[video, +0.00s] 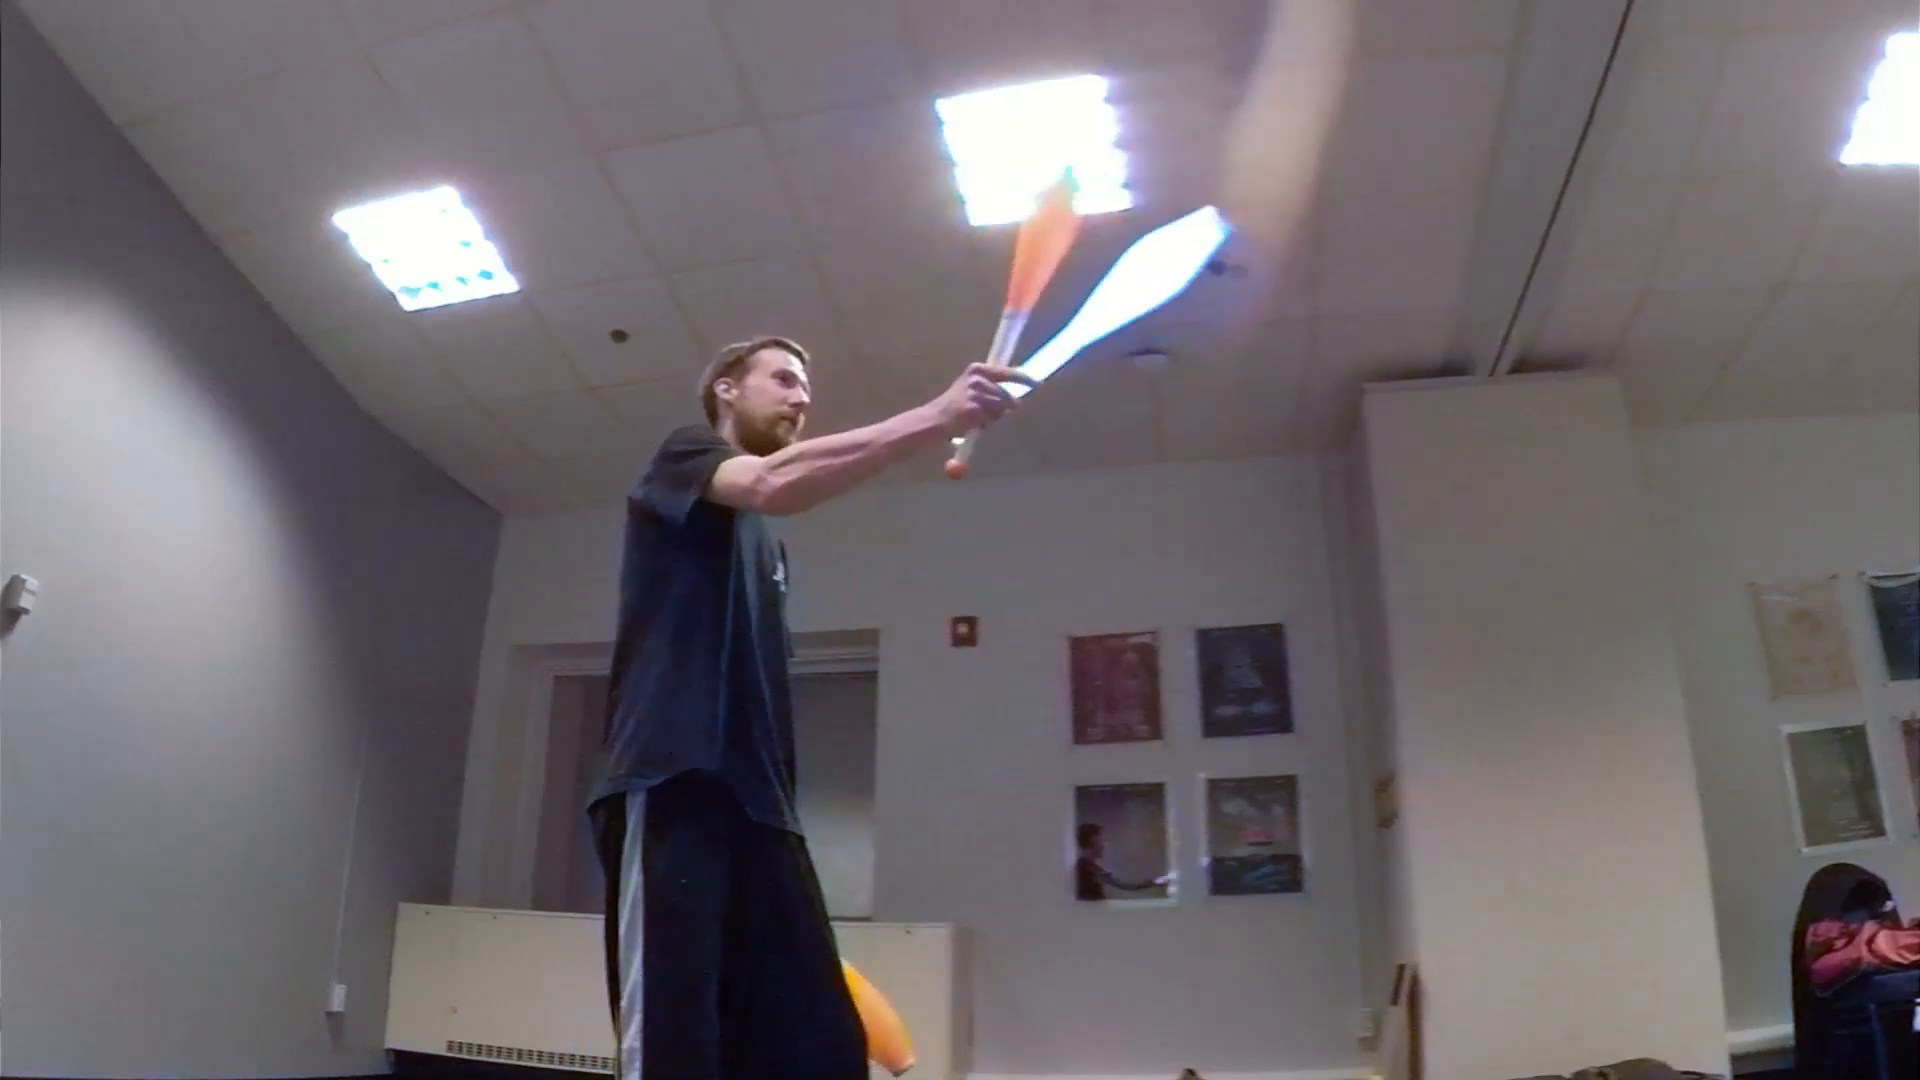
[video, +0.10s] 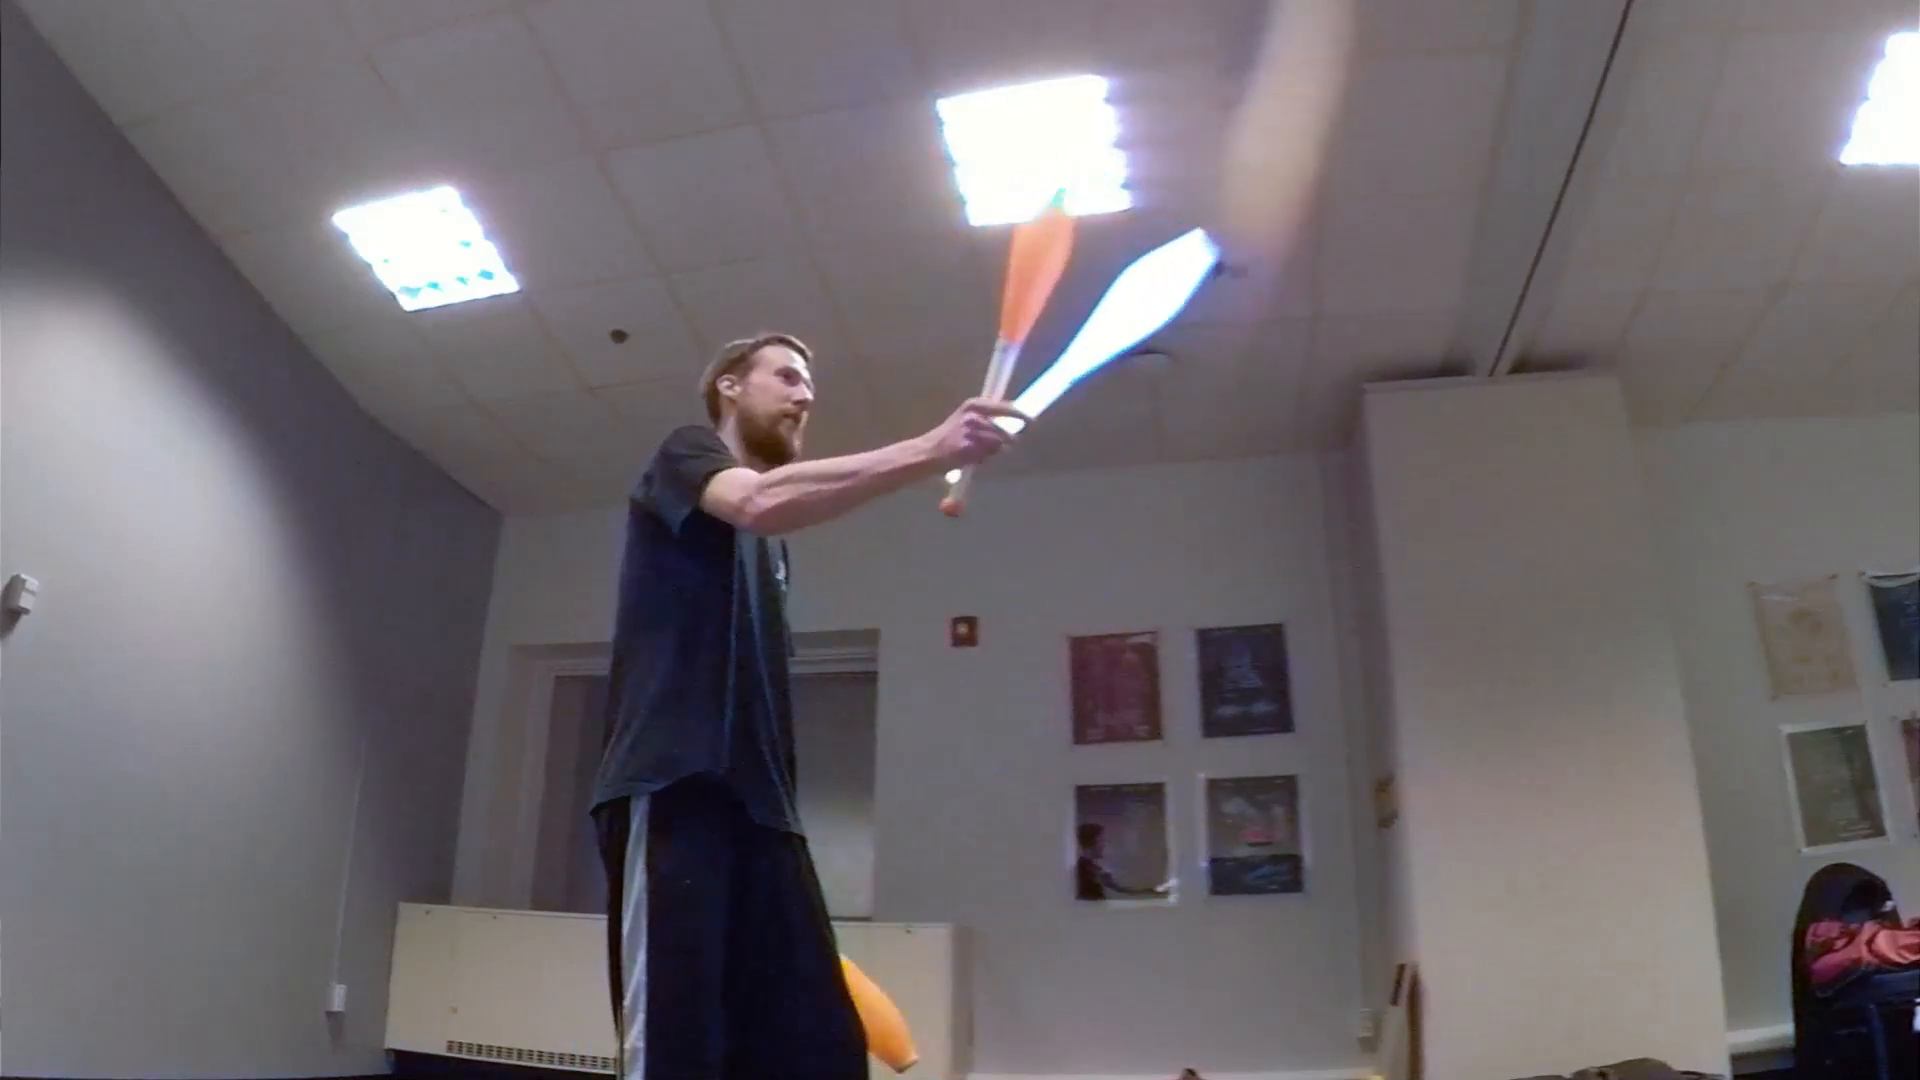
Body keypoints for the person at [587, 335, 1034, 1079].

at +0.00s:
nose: (801, 397)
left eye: (805, 388)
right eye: (782, 378)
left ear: (799, 411)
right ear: (724, 388)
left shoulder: (763, 534)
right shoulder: (684, 454)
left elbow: (751, 666)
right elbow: (770, 484)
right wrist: (934, 415)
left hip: (755, 798)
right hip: (674, 786)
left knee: (813, 1029)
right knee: (671, 1026)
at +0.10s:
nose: (805, 395)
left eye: (808, 386)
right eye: (786, 376)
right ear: (728, 385)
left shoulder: (763, 515)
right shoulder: (685, 451)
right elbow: (757, 502)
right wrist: (930, 447)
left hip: (756, 793)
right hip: (675, 784)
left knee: (813, 1030)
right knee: (678, 1024)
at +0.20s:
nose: (812, 392)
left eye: (814, 384)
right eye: (792, 373)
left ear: (808, 409)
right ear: (733, 385)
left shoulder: (753, 522)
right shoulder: (689, 456)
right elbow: (723, 550)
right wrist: (897, 533)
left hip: (759, 802)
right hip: (682, 794)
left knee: (820, 1037)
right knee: (685, 1037)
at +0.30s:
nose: (821, 392)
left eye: (823, 382)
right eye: (802, 372)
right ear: (743, 384)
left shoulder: (770, 526)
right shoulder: (703, 462)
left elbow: (744, 645)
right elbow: (688, 597)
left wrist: (829, 670)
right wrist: (847, 629)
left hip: (761, 807)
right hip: (683, 801)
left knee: (830, 1037)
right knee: (685, 1040)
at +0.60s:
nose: (873, 393)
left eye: (874, 382)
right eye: (854, 373)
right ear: (797, 383)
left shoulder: (821, 532)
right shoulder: (750, 465)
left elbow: (776, 660)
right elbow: (701, 612)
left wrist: (842, 678)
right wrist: (852, 649)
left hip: (778, 804)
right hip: (699, 798)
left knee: (841, 1031)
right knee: (694, 1036)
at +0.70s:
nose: (893, 397)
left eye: (894, 387)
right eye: (874, 378)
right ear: (816, 390)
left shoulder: (838, 538)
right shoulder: (772, 466)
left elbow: (803, 701)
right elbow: (745, 597)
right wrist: (911, 576)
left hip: (798, 818)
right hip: (722, 809)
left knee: (839, 1040)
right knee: (703, 1043)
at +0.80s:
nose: (913, 403)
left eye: (914, 393)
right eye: (895, 384)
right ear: (838, 395)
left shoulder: (854, 530)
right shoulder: (791, 460)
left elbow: (845, 697)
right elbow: (803, 561)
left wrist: (847, 838)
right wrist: (958, 480)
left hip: (817, 810)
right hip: (740, 800)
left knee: (847, 1042)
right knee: (721, 1037)